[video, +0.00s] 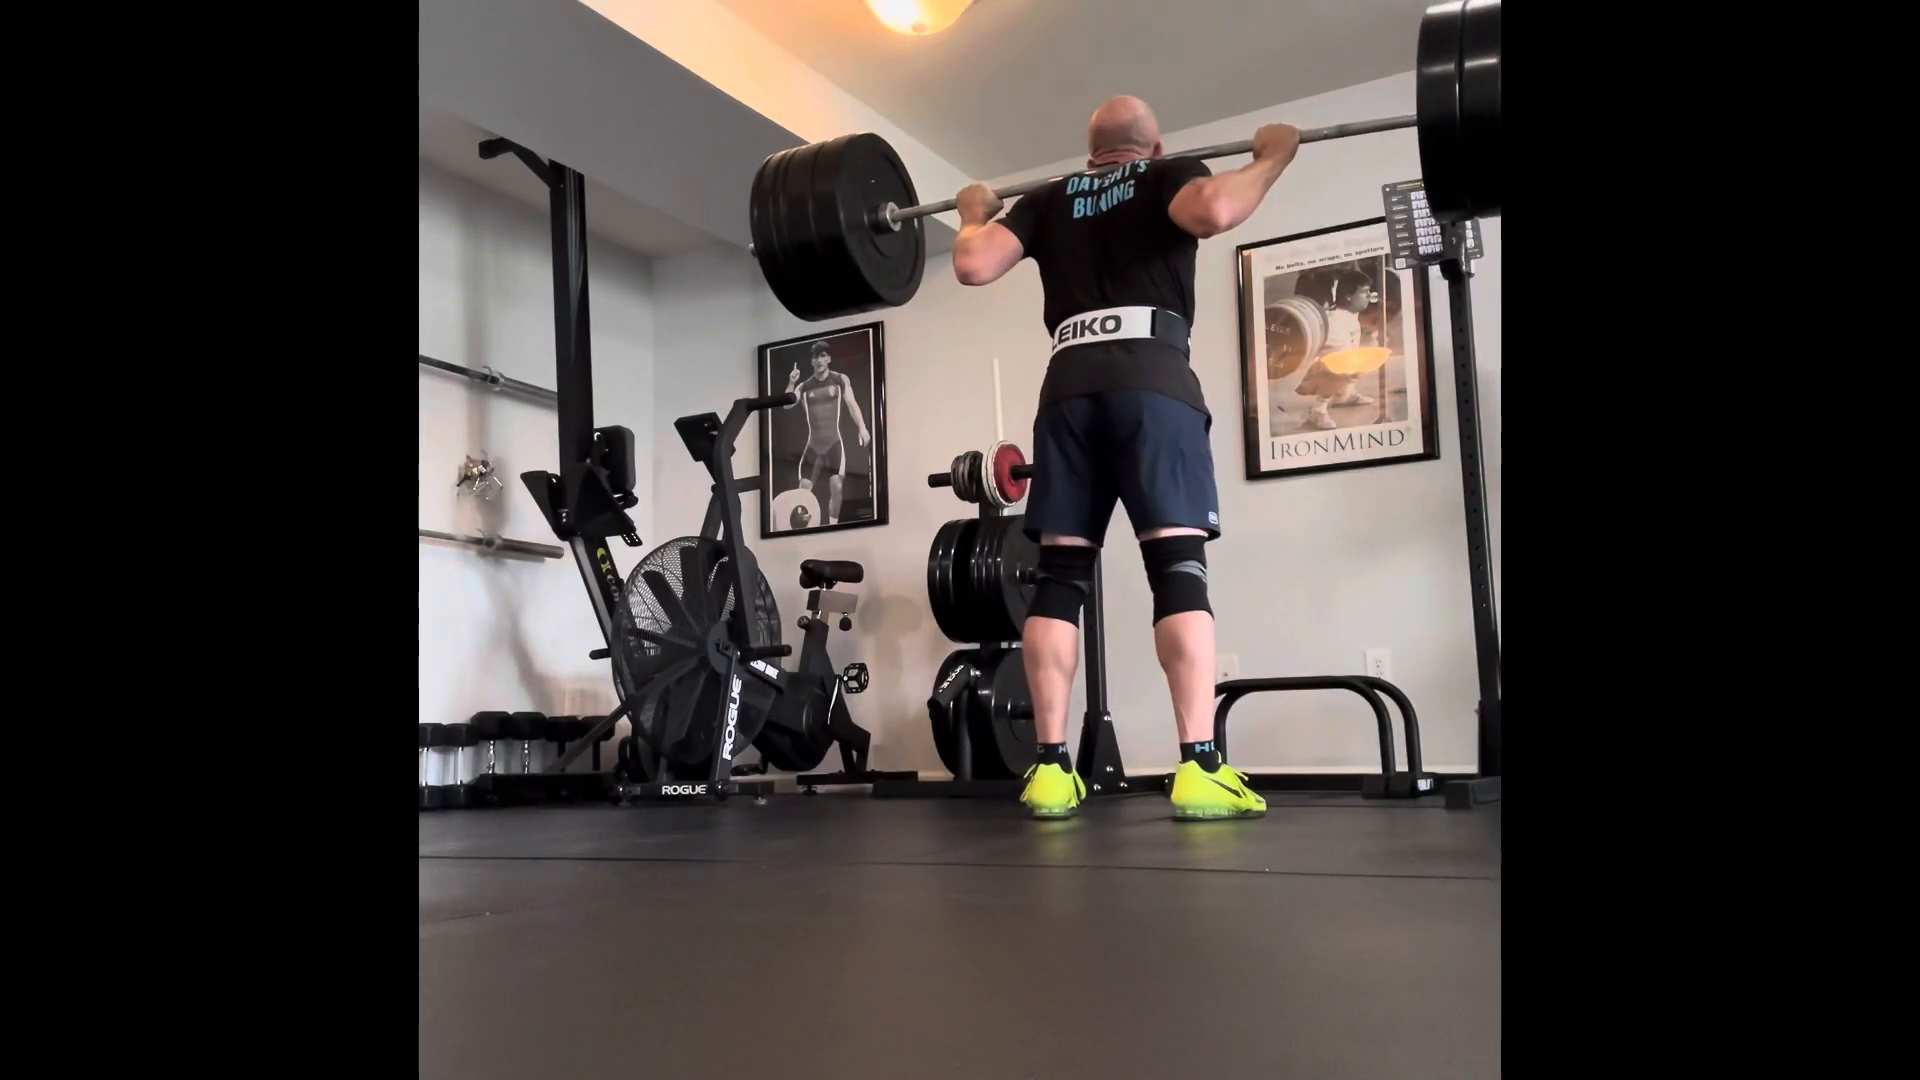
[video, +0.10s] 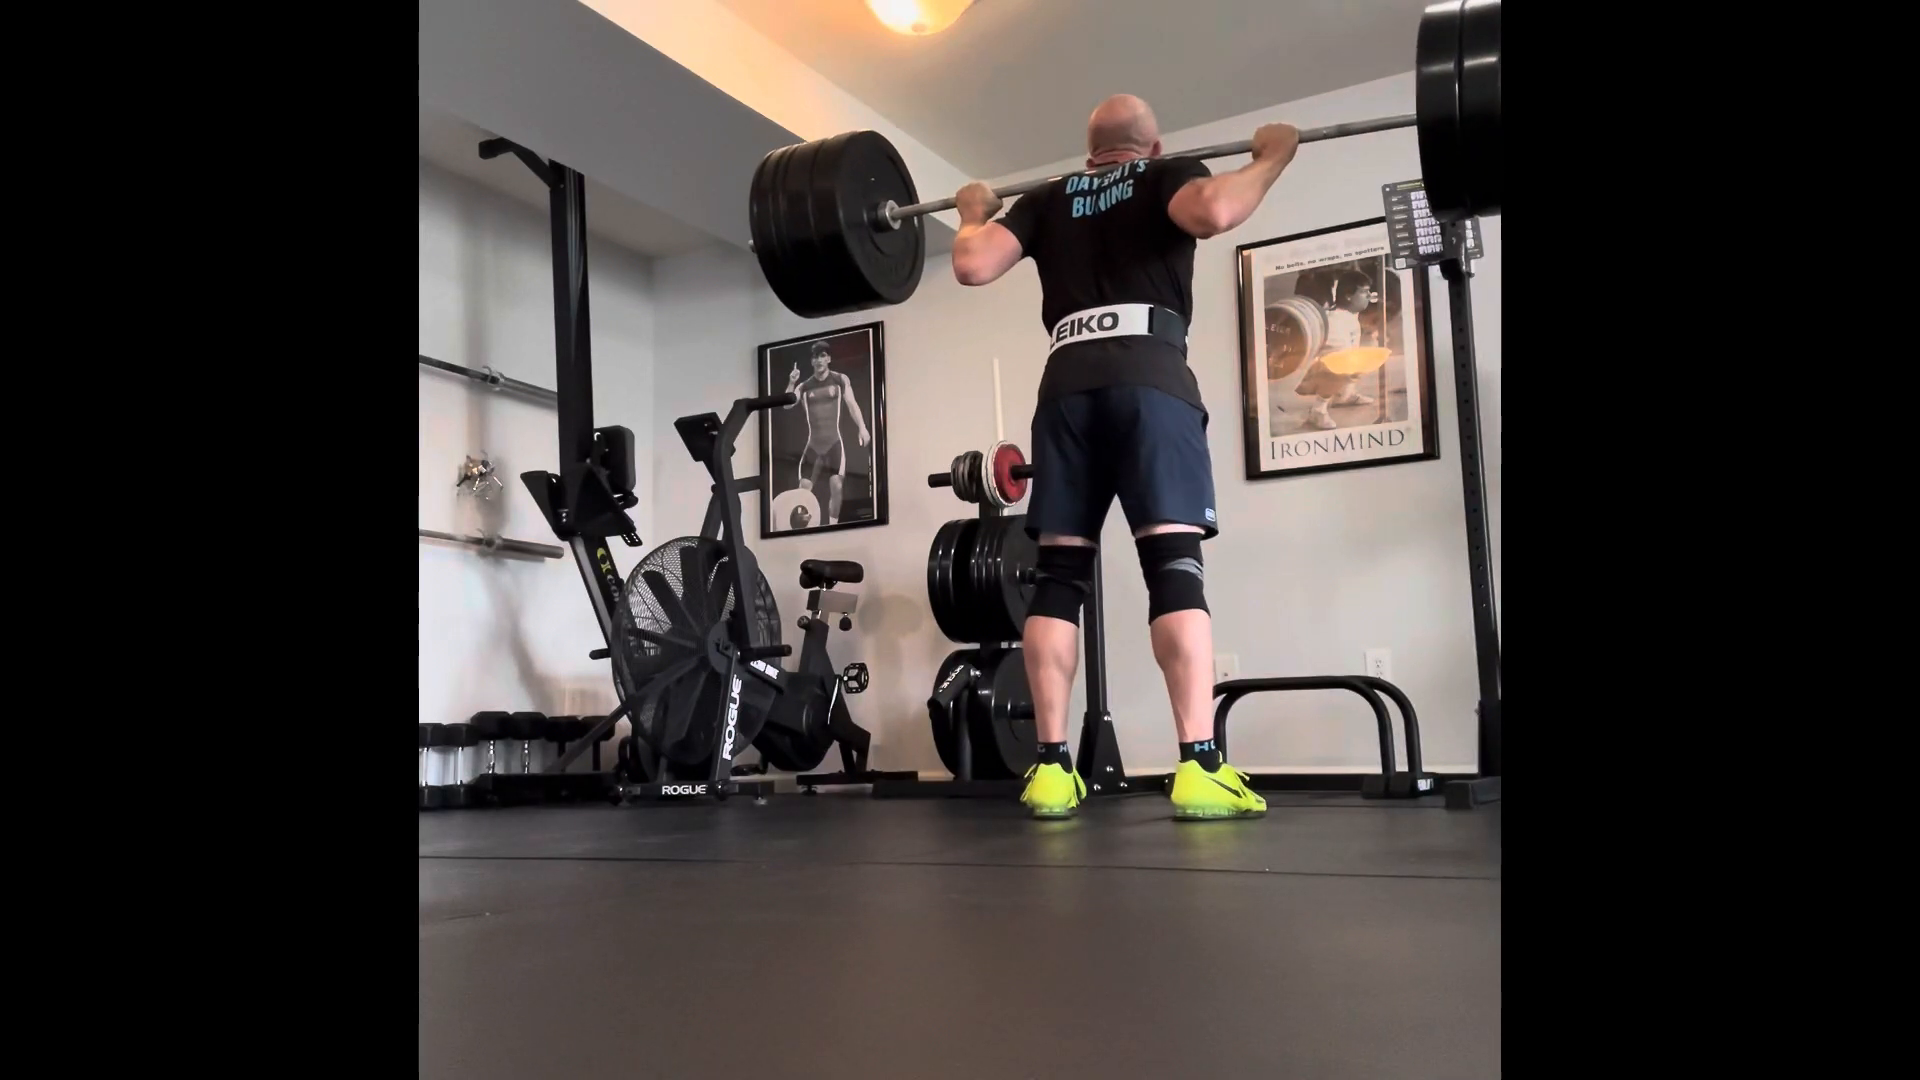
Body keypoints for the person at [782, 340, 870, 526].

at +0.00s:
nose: (819, 363)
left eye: (823, 359)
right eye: (816, 360)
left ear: (829, 360)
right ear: (811, 362)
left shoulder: (840, 380)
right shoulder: (803, 386)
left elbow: (852, 405)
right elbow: (787, 405)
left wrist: (862, 428)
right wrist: (791, 384)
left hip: (834, 443)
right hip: (813, 444)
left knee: (836, 485)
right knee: (804, 486)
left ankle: (832, 528)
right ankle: (802, 528)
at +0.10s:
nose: (819, 361)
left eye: (823, 356)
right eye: (816, 357)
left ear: (829, 359)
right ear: (811, 361)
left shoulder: (840, 380)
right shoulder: (803, 386)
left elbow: (852, 405)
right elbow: (787, 405)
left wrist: (862, 428)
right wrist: (791, 384)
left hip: (834, 442)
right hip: (813, 444)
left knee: (836, 485)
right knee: (804, 486)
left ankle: (832, 528)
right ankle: (803, 528)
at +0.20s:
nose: (819, 360)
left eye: (823, 356)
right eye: (816, 357)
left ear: (829, 359)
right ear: (811, 361)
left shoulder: (840, 380)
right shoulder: (803, 386)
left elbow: (852, 405)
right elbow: (788, 405)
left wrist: (862, 428)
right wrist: (791, 383)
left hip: (834, 443)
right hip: (813, 444)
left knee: (836, 485)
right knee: (804, 486)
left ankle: (832, 528)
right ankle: (803, 528)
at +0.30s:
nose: (819, 361)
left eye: (823, 356)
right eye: (816, 357)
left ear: (829, 359)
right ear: (811, 361)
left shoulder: (840, 380)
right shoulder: (803, 386)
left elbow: (852, 405)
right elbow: (787, 405)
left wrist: (862, 428)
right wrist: (791, 383)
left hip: (834, 443)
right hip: (813, 444)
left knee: (836, 485)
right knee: (804, 486)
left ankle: (832, 528)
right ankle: (802, 528)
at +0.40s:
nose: (819, 363)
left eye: (823, 359)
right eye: (816, 360)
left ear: (829, 360)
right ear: (811, 362)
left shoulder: (840, 380)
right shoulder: (803, 386)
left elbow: (852, 405)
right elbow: (787, 405)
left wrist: (862, 428)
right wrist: (791, 384)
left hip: (834, 442)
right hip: (813, 444)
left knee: (836, 485)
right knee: (804, 486)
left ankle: (832, 528)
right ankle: (802, 528)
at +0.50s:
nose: (820, 366)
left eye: (823, 362)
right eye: (816, 363)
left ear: (829, 360)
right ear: (811, 364)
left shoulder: (840, 380)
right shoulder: (803, 387)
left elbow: (852, 405)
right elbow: (787, 404)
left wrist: (862, 428)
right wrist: (791, 383)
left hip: (834, 443)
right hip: (813, 444)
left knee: (836, 485)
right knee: (804, 486)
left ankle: (832, 528)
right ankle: (801, 527)